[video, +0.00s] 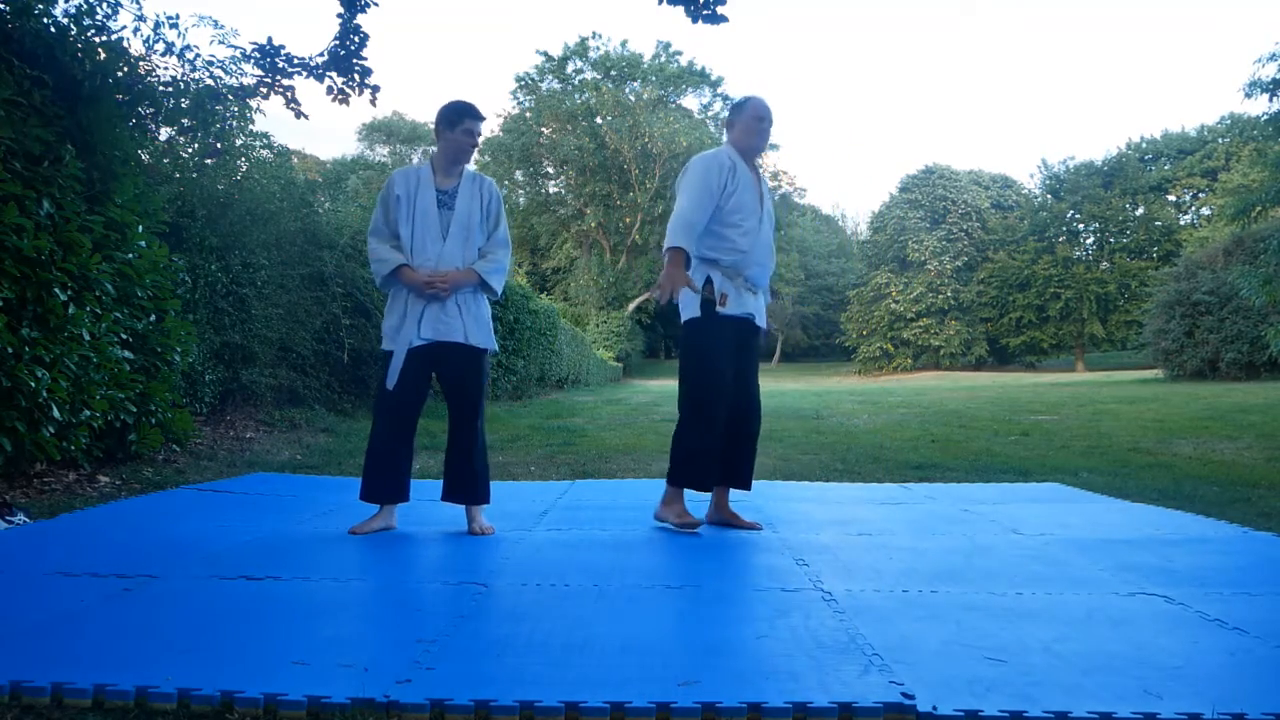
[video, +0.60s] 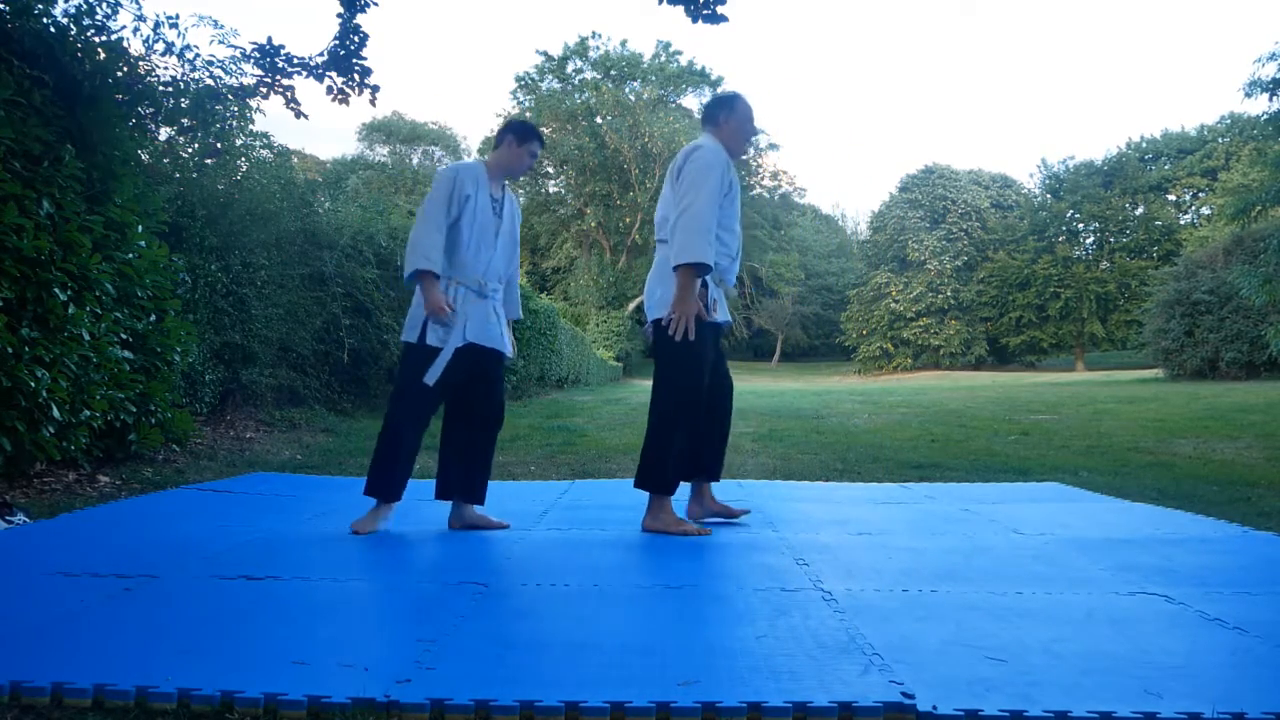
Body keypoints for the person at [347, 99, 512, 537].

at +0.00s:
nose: (475, 142)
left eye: (478, 135)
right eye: (468, 133)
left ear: (477, 139)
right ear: (441, 133)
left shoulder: (486, 191)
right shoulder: (401, 182)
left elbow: (499, 255)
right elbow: (378, 244)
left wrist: (462, 277)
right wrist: (410, 276)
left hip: (466, 322)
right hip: (411, 320)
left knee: (469, 419)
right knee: (394, 415)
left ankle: (475, 511)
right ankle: (387, 511)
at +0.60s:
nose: (532, 165)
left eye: (536, 159)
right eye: (530, 155)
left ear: (517, 152)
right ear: (508, 142)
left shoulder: (511, 204)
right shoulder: (456, 176)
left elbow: (510, 269)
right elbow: (427, 233)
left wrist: (507, 325)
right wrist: (430, 288)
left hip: (488, 320)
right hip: (441, 309)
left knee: (483, 413)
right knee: (409, 407)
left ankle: (464, 508)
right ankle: (384, 503)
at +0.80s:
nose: (553, 167)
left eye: (557, 162)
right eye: (552, 157)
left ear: (540, 156)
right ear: (529, 144)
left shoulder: (525, 209)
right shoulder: (485, 174)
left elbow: (520, 271)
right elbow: (457, 222)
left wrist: (523, 320)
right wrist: (445, 273)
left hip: (500, 317)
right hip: (462, 306)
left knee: (488, 412)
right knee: (447, 404)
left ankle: (463, 505)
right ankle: (422, 497)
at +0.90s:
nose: (557, 168)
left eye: (562, 163)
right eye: (557, 158)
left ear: (544, 154)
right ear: (536, 145)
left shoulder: (528, 207)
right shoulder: (496, 174)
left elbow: (523, 272)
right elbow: (468, 221)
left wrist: (531, 318)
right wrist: (463, 268)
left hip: (502, 320)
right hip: (471, 311)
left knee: (490, 409)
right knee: (466, 406)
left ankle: (465, 503)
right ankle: (455, 503)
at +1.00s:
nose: (567, 170)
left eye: (572, 164)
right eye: (567, 159)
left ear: (551, 155)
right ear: (545, 147)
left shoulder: (532, 199)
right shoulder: (510, 175)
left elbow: (529, 269)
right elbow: (486, 223)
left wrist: (541, 314)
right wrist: (501, 268)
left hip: (507, 315)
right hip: (491, 310)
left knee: (478, 408)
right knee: (505, 406)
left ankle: (461, 506)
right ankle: (512, 509)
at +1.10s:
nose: (573, 170)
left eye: (578, 164)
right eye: (573, 159)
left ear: (554, 152)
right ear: (552, 147)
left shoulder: (533, 190)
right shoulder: (519, 175)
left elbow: (528, 262)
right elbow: (500, 229)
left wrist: (549, 308)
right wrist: (531, 263)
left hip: (511, 310)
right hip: (499, 307)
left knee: (483, 407)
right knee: (517, 408)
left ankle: (462, 506)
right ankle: (543, 511)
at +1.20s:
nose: (587, 167)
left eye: (591, 161)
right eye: (585, 157)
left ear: (566, 149)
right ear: (564, 144)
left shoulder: (546, 188)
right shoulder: (534, 176)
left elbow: (530, 257)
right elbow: (531, 233)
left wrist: (555, 301)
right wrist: (581, 263)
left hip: (524, 306)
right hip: (516, 305)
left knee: (498, 406)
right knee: (535, 409)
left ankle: (464, 505)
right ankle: (556, 513)